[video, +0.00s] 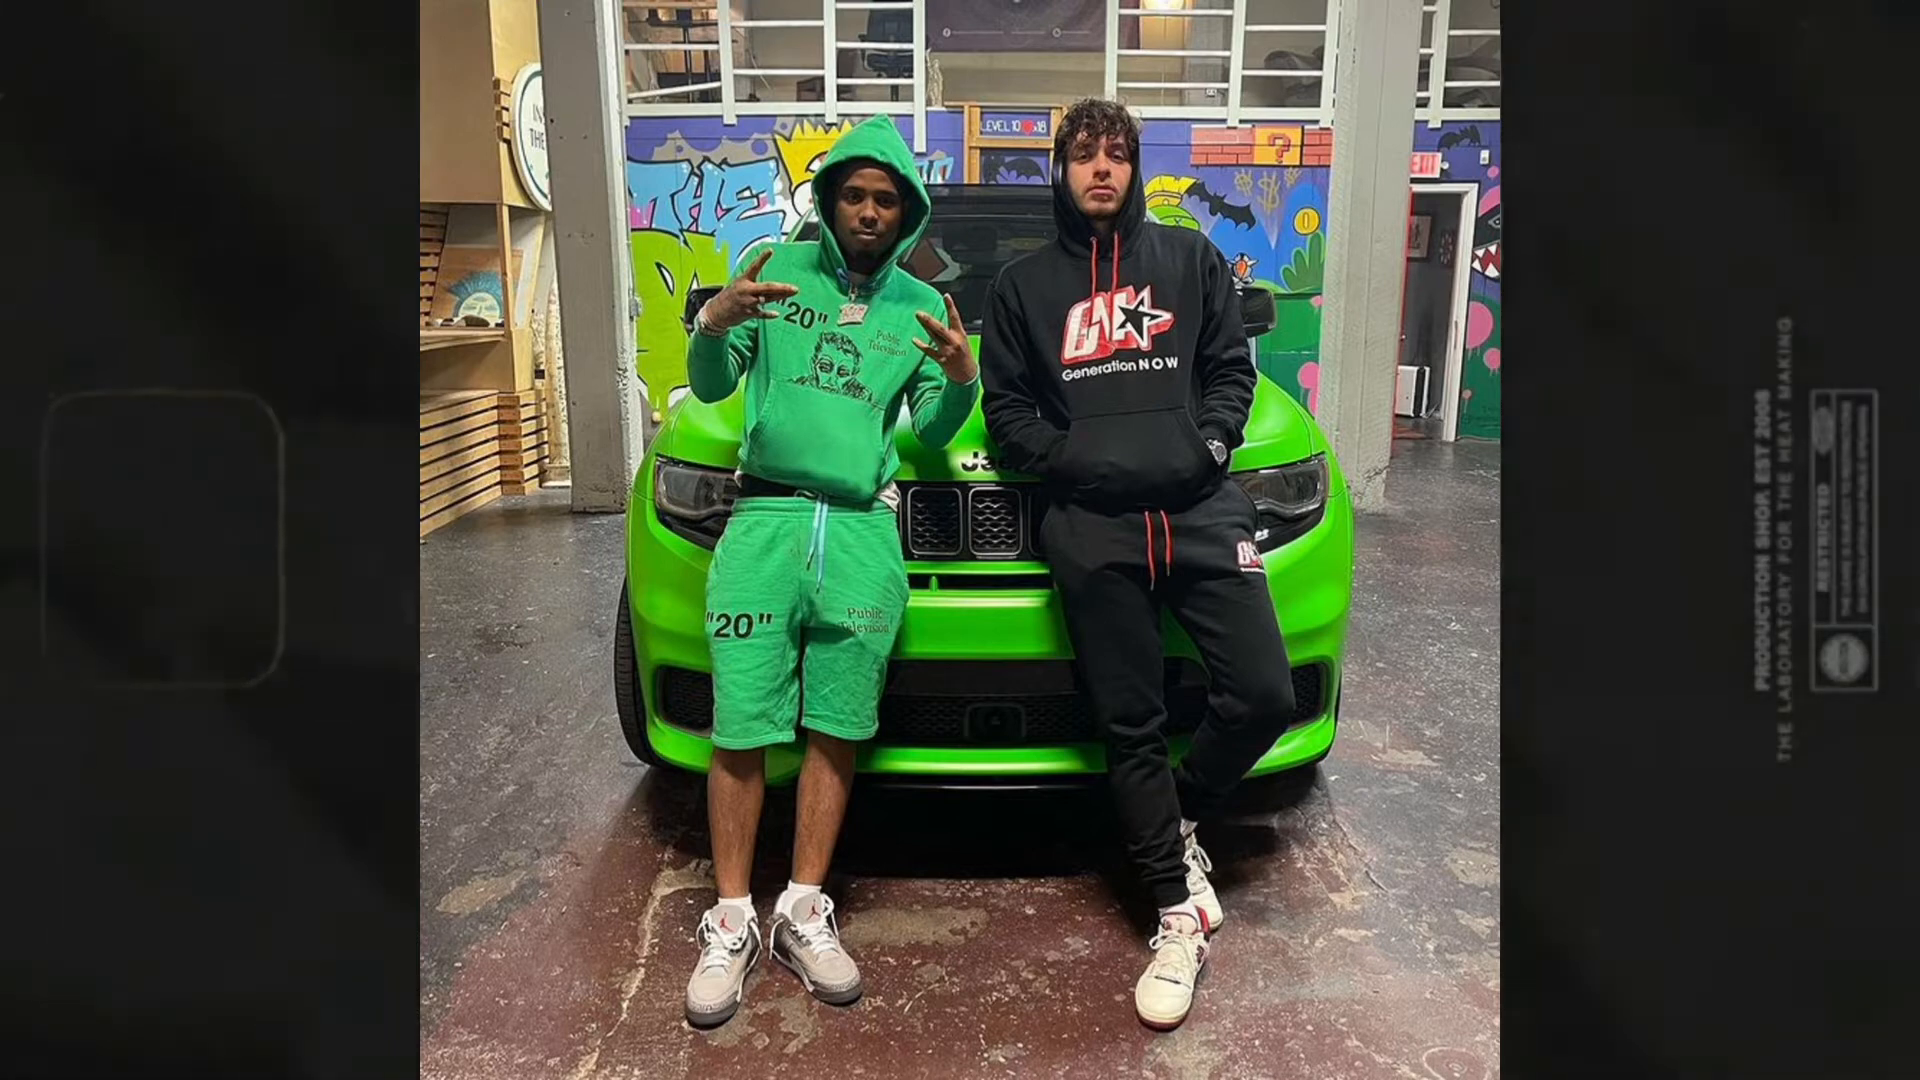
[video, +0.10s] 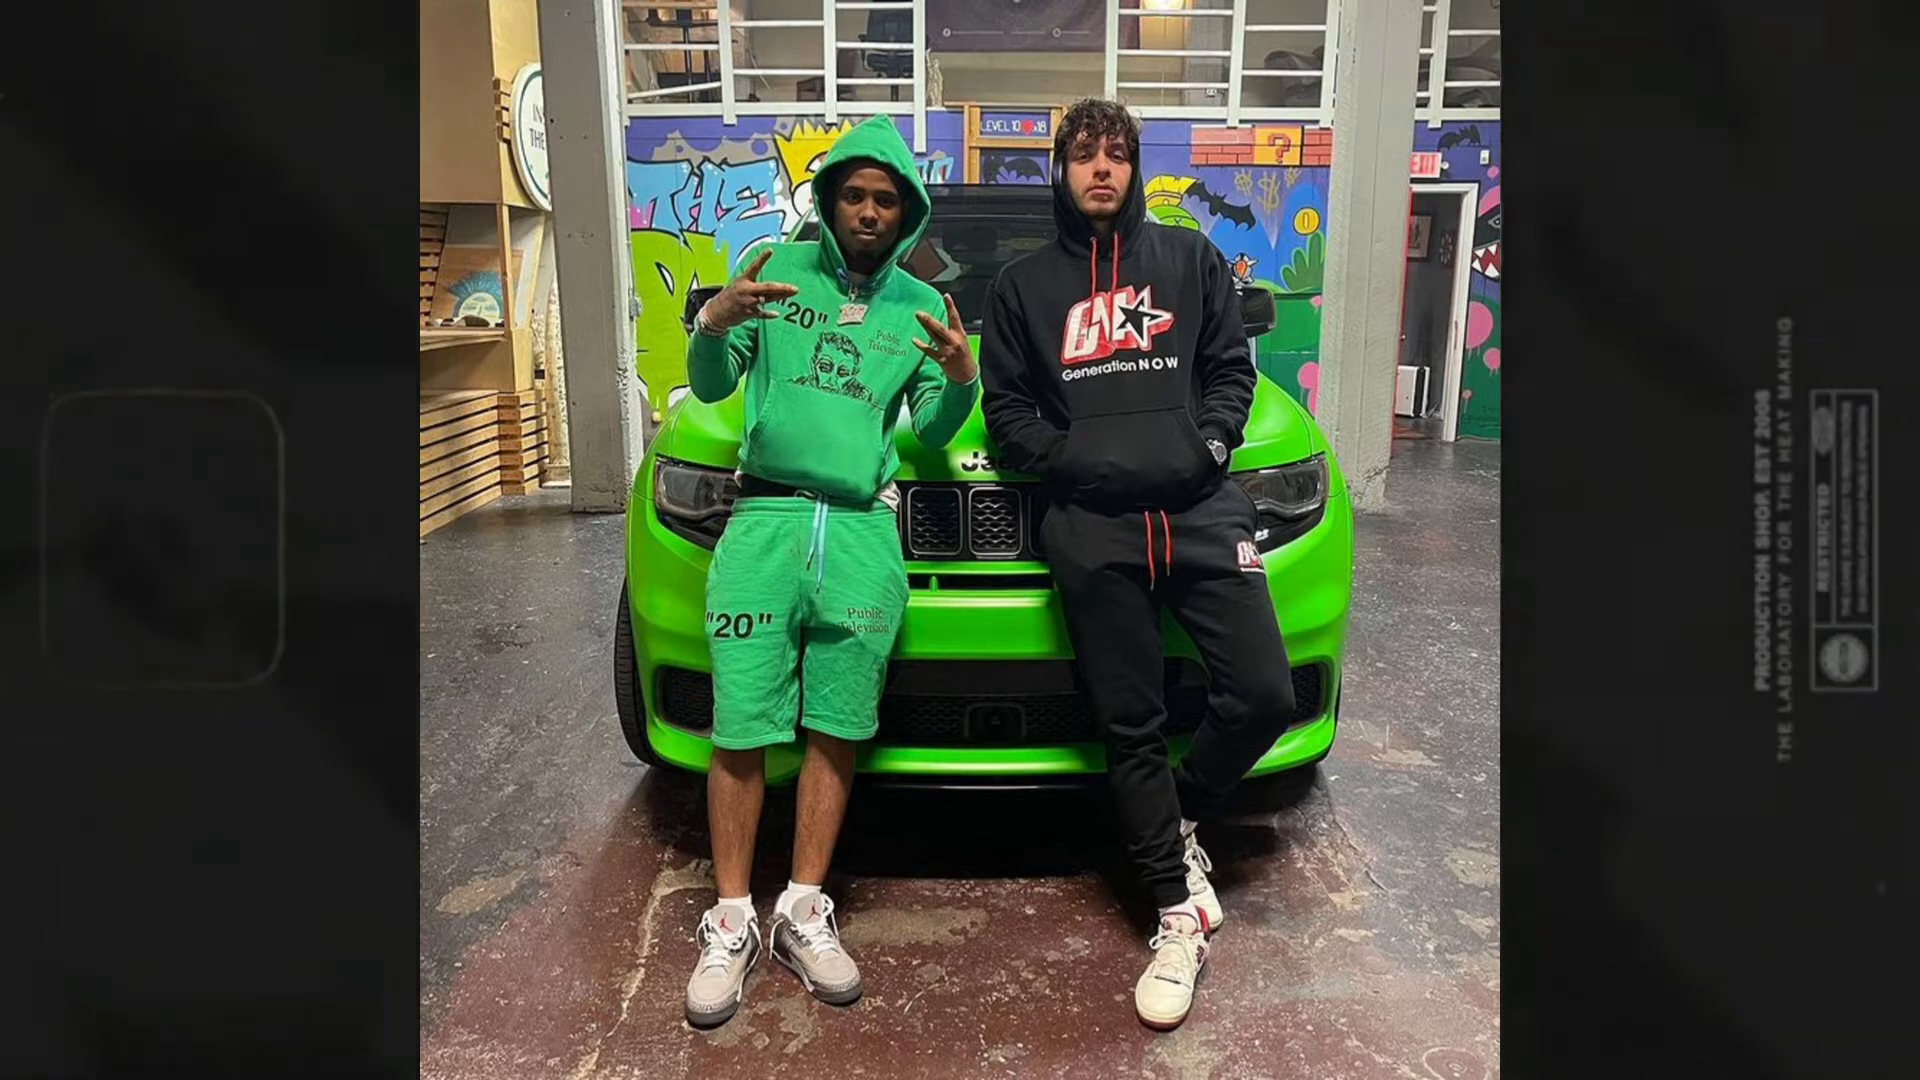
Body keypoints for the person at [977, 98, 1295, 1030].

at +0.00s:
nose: (1102, 171)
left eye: (1116, 158)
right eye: (1088, 158)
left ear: (1137, 171)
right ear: (1062, 171)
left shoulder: (1191, 256)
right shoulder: (1018, 280)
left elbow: (1232, 364)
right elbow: (1004, 403)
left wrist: (1209, 444)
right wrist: (1065, 457)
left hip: (1200, 503)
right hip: (1091, 514)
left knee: (1262, 693)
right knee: (1131, 718)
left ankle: (1179, 819)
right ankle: (1179, 916)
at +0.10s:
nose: (1102, 171)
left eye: (1116, 158)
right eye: (1088, 158)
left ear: (1137, 171)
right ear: (1062, 171)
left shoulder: (1191, 256)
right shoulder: (1018, 280)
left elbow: (1232, 364)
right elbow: (1004, 403)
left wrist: (1209, 444)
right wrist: (1065, 458)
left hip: (1200, 503)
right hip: (1091, 514)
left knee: (1262, 693)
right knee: (1131, 718)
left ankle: (1179, 819)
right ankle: (1179, 916)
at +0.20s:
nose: (1102, 171)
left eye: (1116, 158)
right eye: (1088, 158)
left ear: (1137, 171)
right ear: (1062, 171)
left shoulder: (1191, 256)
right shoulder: (1018, 280)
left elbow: (1232, 364)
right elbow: (1004, 403)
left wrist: (1209, 444)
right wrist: (1065, 458)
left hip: (1200, 503)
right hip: (1091, 514)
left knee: (1262, 693)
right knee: (1131, 718)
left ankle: (1179, 819)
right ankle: (1179, 916)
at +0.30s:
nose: (1102, 171)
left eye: (1115, 158)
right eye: (1087, 158)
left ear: (1137, 171)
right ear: (1061, 172)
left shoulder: (1191, 256)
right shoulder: (1017, 280)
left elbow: (1232, 363)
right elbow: (1003, 403)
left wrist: (1209, 444)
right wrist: (1064, 457)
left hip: (1200, 503)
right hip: (1091, 514)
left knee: (1262, 692)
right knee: (1131, 719)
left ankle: (1180, 818)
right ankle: (1179, 917)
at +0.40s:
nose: (1102, 171)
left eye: (1115, 158)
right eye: (1087, 158)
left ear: (1137, 171)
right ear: (1061, 172)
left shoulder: (1191, 256)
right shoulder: (1017, 280)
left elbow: (1232, 363)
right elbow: (1003, 403)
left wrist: (1209, 444)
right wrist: (1064, 457)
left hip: (1200, 503)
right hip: (1091, 514)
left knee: (1262, 692)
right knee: (1131, 719)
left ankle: (1180, 818)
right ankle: (1179, 917)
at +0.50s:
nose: (1102, 171)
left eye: (1116, 158)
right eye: (1088, 158)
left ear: (1137, 171)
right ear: (1062, 171)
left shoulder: (1191, 256)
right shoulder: (1018, 280)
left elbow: (1232, 364)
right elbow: (1004, 403)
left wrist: (1209, 444)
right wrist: (1065, 458)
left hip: (1200, 503)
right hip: (1091, 514)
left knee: (1262, 693)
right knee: (1131, 718)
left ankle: (1179, 819)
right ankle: (1179, 916)